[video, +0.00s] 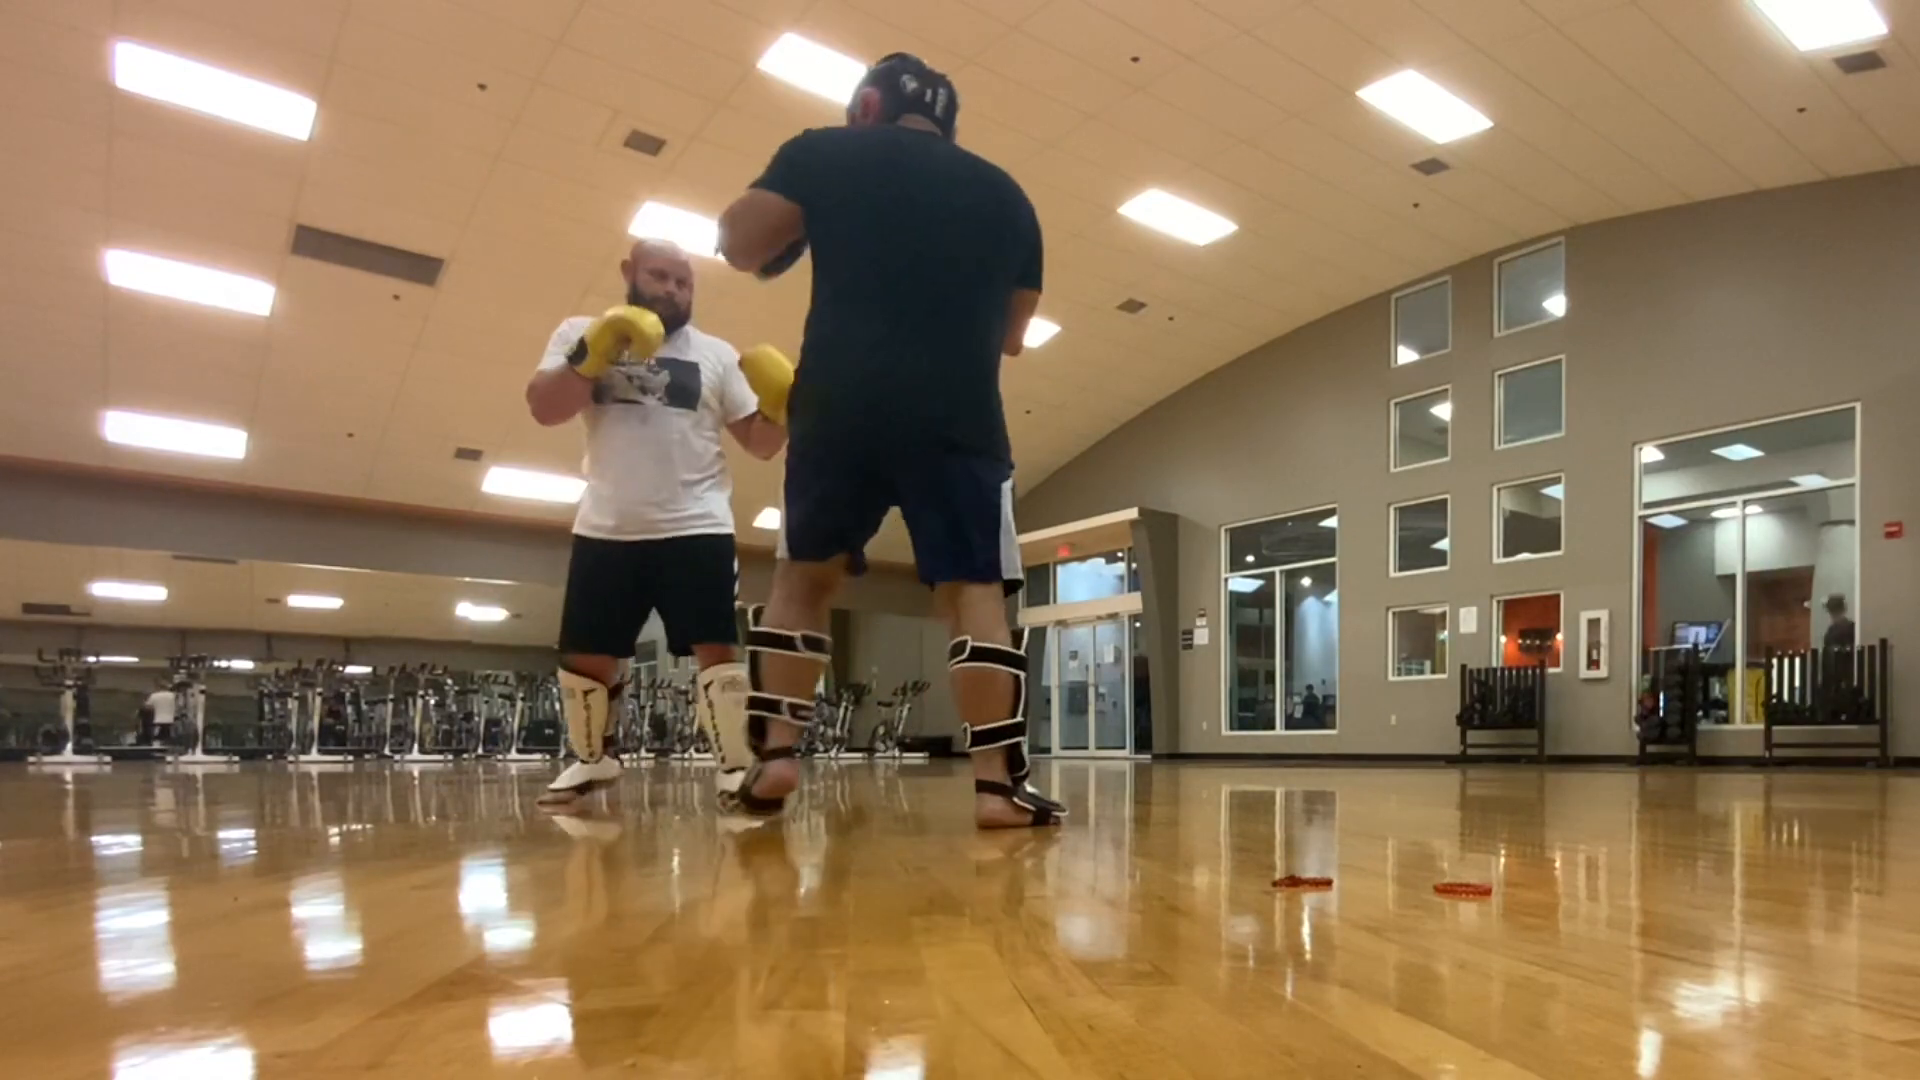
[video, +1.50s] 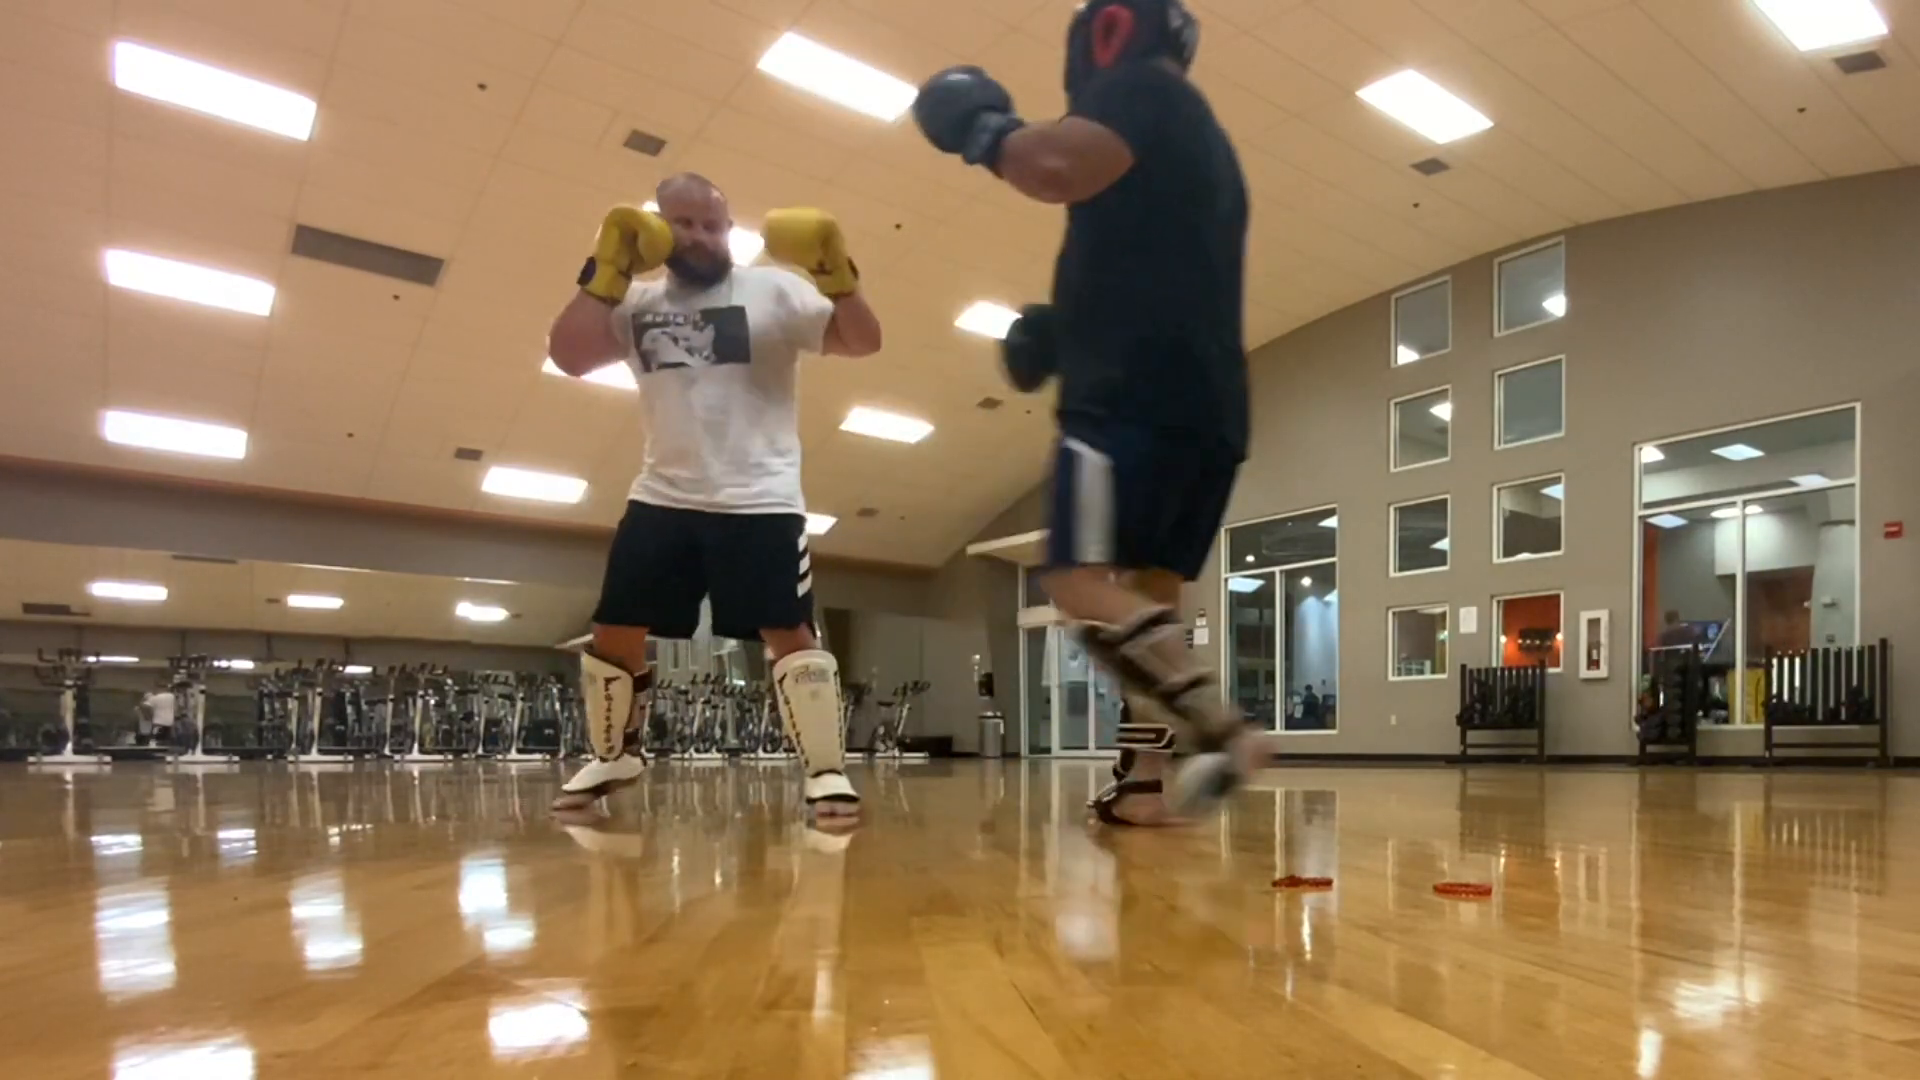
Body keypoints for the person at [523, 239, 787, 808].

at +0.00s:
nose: (671, 287)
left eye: (682, 281)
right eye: (659, 275)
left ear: (694, 293)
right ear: (628, 276)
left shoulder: (716, 356)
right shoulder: (582, 335)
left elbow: (762, 443)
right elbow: (545, 408)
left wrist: (782, 403)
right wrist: (595, 356)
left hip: (696, 529)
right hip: (608, 529)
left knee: (715, 648)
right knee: (587, 657)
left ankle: (735, 771)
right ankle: (589, 761)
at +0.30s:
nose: (668, 272)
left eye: (678, 265)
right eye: (653, 260)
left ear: (690, 277)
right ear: (621, 266)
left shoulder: (714, 336)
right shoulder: (580, 318)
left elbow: (780, 402)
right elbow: (545, 375)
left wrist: (788, 338)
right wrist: (598, 305)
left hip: (694, 518)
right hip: (600, 515)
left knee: (715, 640)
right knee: (581, 641)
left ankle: (739, 770)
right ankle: (575, 770)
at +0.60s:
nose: (641, 274)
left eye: (650, 262)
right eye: (627, 263)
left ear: (665, 268)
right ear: (601, 273)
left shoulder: (701, 330)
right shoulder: (573, 331)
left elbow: (768, 407)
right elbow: (529, 379)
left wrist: (760, 339)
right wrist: (566, 298)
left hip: (696, 519)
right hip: (603, 521)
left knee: (730, 639)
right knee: (554, 643)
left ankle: (769, 773)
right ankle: (570, 758)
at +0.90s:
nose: (629, 277)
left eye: (636, 264)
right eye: (612, 268)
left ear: (649, 265)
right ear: (583, 276)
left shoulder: (687, 326)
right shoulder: (562, 340)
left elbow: (760, 419)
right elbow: (517, 399)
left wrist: (747, 388)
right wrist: (552, 316)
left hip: (690, 473)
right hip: (613, 499)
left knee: (718, 453)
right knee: (569, 626)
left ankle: (669, 610)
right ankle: (578, 776)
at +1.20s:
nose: (683, 270)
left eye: (696, 258)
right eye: (669, 258)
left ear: (715, 263)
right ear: (641, 264)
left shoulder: (732, 307)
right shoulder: (622, 333)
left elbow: (768, 299)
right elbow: (552, 384)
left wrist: (765, 242)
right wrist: (586, 313)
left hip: (741, 515)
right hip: (652, 520)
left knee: (770, 636)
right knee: (602, 642)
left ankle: (819, 776)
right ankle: (581, 775)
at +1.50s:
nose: (700, 235)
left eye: (711, 222)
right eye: (684, 224)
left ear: (730, 226)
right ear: (660, 232)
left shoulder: (773, 290)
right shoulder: (639, 304)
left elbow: (861, 340)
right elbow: (571, 355)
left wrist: (838, 277)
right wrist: (608, 271)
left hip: (761, 496)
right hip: (665, 494)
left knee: (787, 628)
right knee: (617, 626)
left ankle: (826, 774)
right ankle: (615, 756)